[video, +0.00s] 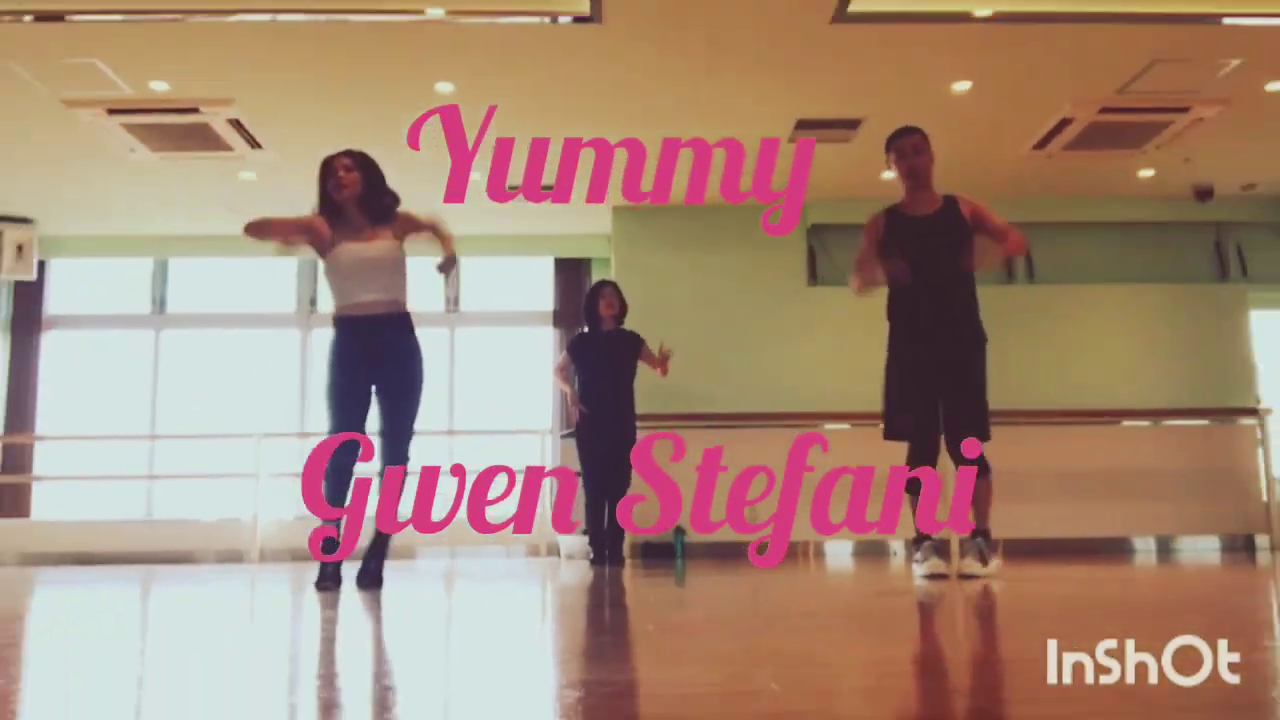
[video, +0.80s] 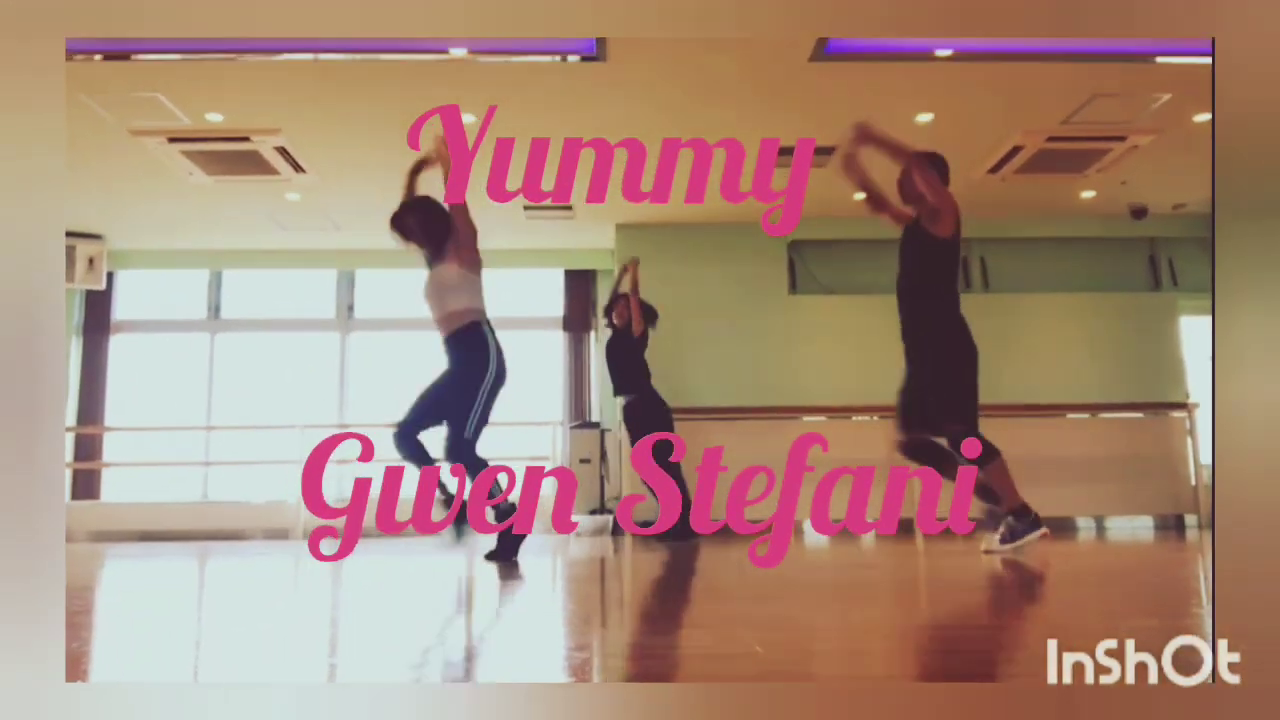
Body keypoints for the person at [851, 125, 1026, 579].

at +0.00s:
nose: (913, 161)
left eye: (919, 152)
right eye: (904, 155)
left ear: (932, 157)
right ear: (891, 164)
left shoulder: (962, 209)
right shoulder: (883, 223)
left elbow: (1016, 241)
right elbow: (861, 279)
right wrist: (884, 268)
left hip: (961, 342)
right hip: (911, 347)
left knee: (968, 444)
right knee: (921, 446)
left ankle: (979, 538)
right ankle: (926, 542)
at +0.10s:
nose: (897, 186)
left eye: (903, 177)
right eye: (890, 180)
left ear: (920, 186)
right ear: (884, 193)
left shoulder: (946, 238)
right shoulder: (875, 249)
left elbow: (976, 290)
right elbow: (865, 307)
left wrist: (927, 332)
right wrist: (887, 331)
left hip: (939, 354)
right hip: (893, 357)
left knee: (941, 445)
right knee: (900, 447)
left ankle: (959, 528)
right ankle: (906, 532)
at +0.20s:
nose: (893, 195)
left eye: (901, 188)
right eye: (888, 189)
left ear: (916, 194)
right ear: (879, 195)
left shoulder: (930, 235)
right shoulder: (876, 248)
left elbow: (930, 284)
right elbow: (857, 292)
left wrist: (887, 311)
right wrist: (854, 308)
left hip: (931, 352)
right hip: (890, 354)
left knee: (921, 440)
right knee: (888, 442)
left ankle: (945, 521)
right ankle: (893, 525)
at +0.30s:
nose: (896, 161)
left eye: (905, 155)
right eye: (891, 154)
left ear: (918, 166)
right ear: (881, 164)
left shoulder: (927, 199)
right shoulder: (874, 210)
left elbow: (908, 206)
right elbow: (834, 238)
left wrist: (856, 213)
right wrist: (825, 211)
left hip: (933, 323)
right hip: (891, 327)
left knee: (935, 410)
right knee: (894, 417)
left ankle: (946, 498)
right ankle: (896, 504)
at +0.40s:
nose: (894, 145)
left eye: (905, 141)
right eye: (893, 141)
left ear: (924, 156)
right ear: (890, 157)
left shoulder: (923, 189)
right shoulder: (881, 196)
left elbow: (902, 133)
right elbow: (840, 175)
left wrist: (855, 108)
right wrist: (836, 124)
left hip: (927, 308)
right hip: (893, 312)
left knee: (938, 391)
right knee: (902, 403)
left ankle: (967, 470)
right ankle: (943, 472)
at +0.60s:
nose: (919, 177)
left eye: (928, 172)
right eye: (918, 171)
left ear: (935, 185)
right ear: (905, 183)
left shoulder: (927, 211)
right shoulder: (897, 212)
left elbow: (927, 156)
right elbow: (892, 162)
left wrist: (922, 111)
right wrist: (902, 117)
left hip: (936, 326)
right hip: (910, 331)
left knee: (957, 417)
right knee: (951, 419)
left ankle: (999, 495)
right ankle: (998, 495)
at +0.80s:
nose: (902, 180)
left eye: (910, 173)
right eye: (902, 174)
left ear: (931, 178)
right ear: (911, 184)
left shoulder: (942, 214)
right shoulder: (913, 225)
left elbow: (917, 165)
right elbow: (881, 204)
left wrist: (873, 138)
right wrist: (856, 172)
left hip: (948, 346)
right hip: (924, 349)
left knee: (962, 436)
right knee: (913, 441)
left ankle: (1021, 515)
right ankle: (992, 496)